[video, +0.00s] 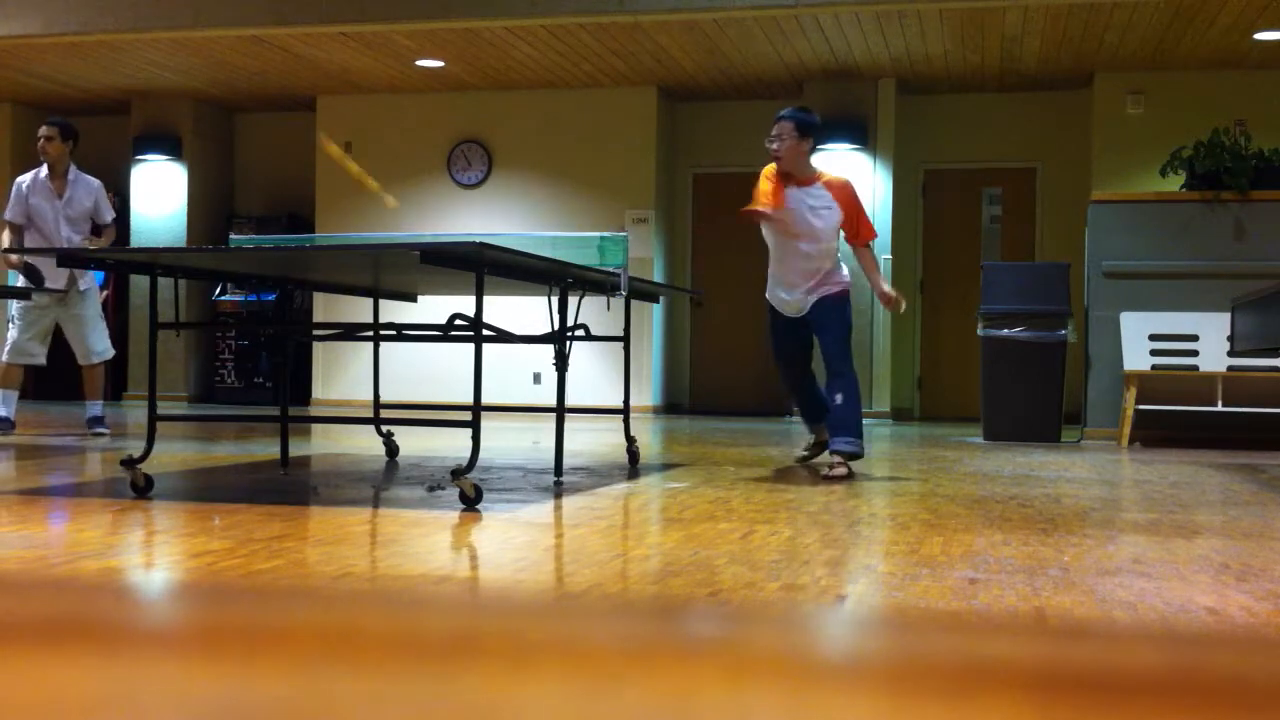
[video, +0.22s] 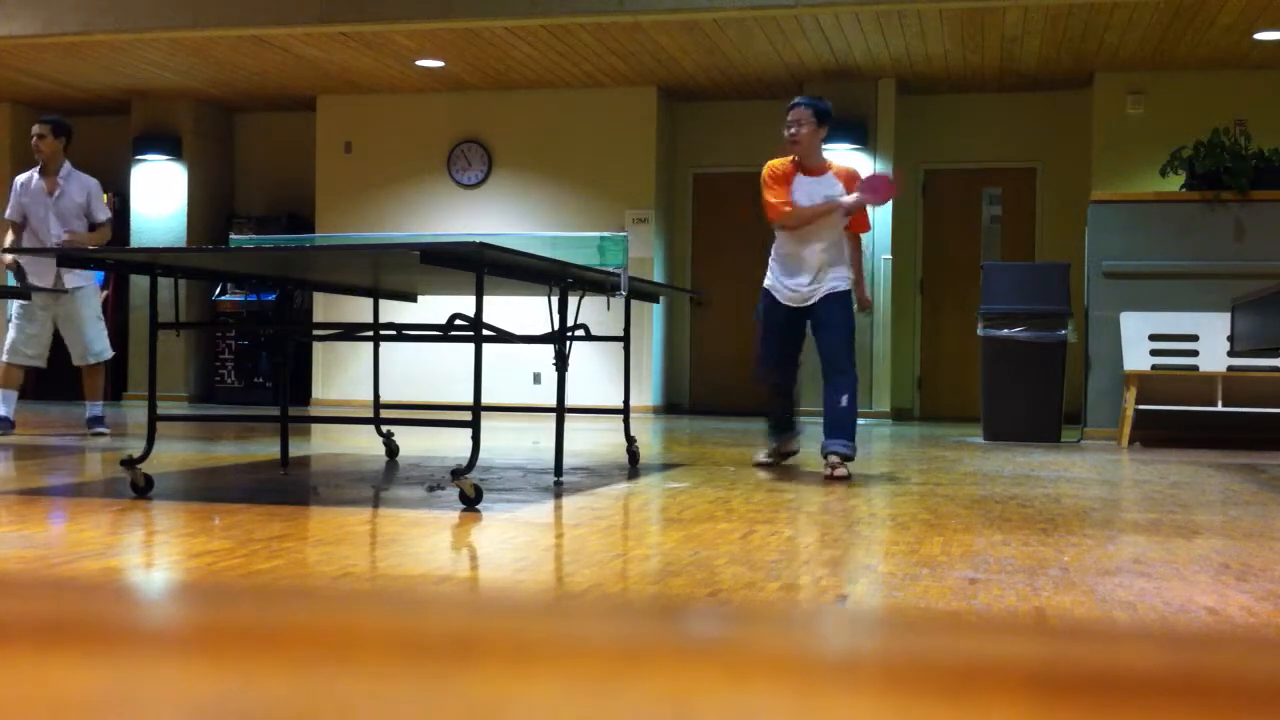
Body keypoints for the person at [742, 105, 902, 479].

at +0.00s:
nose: (773, 146)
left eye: (782, 139)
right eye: (772, 139)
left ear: (806, 143)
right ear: (773, 144)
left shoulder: (838, 188)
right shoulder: (771, 180)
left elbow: (859, 242)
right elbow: (766, 209)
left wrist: (879, 285)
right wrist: (769, 212)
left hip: (827, 288)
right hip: (783, 293)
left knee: (837, 361)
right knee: (793, 370)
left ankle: (841, 450)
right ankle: (820, 430)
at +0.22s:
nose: (790, 131)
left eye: (798, 124)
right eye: (788, 125)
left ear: (821, 130)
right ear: (785, 131)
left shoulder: (846, 178)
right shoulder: (775, 171)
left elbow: (853, 234)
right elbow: (783, 219)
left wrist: (858, 283)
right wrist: (838, 206)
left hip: (831, 282)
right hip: (783, 283)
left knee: (839, 365)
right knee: (775, 366)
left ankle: (837, 451)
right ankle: (783, 440)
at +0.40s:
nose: (792, 132)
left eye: (802, 126)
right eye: (789, 126)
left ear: (823, 134)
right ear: (785, 134)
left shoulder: (842, 188)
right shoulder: (772, 177)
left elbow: (858, 246)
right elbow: (745, 221)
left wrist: (867, 299)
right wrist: (780, 234)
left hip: (822, 296)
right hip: (771, 293)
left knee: (835, 374)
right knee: (747, 372)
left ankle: (836, 455)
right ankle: (763, 448)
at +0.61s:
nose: (777, 124)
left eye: (786, 119)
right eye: (775, 120)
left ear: (807, 129)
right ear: (771, 129)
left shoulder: (827, 174)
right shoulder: (759, 174)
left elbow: (843, 211)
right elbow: (733, 216)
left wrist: (844, 234)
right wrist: (730, 218)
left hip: (813, 288)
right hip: (765, 286)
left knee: (822, 366)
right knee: (752, 364)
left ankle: (825, 447)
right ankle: (763, 446)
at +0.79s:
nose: (771, 129)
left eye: (779, 124)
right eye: (768, 125)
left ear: (800, 131)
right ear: (765, 133)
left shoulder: (816, 168)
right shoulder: (762, 179)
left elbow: (831, 209)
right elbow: (751, 227)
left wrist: (799, 237)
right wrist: (732, 233)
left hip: (814, 288)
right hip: (770, 286)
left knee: (819, 364)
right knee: (764, 360)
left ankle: (804, 438)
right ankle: (763, 442)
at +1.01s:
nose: (773, 142)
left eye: (781, 137)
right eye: (770, 137)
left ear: (801, 143)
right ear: (768, 144)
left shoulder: (815, 183)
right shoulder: (776, 186)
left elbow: (795, 231)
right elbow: (786, 228)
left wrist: (757, 271)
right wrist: (765, 243)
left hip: (810, 291)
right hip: (773, 284)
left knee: (809, 367)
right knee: (768, 357)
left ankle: (804, 444)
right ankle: (766, 439)